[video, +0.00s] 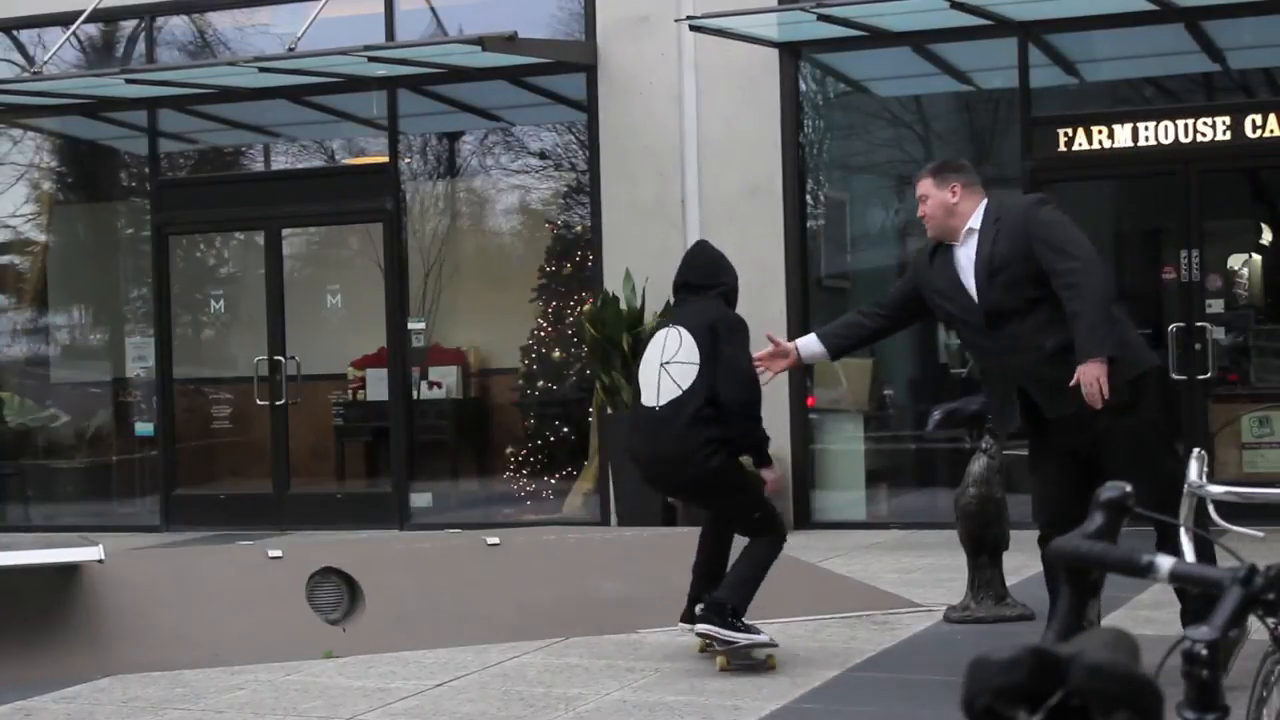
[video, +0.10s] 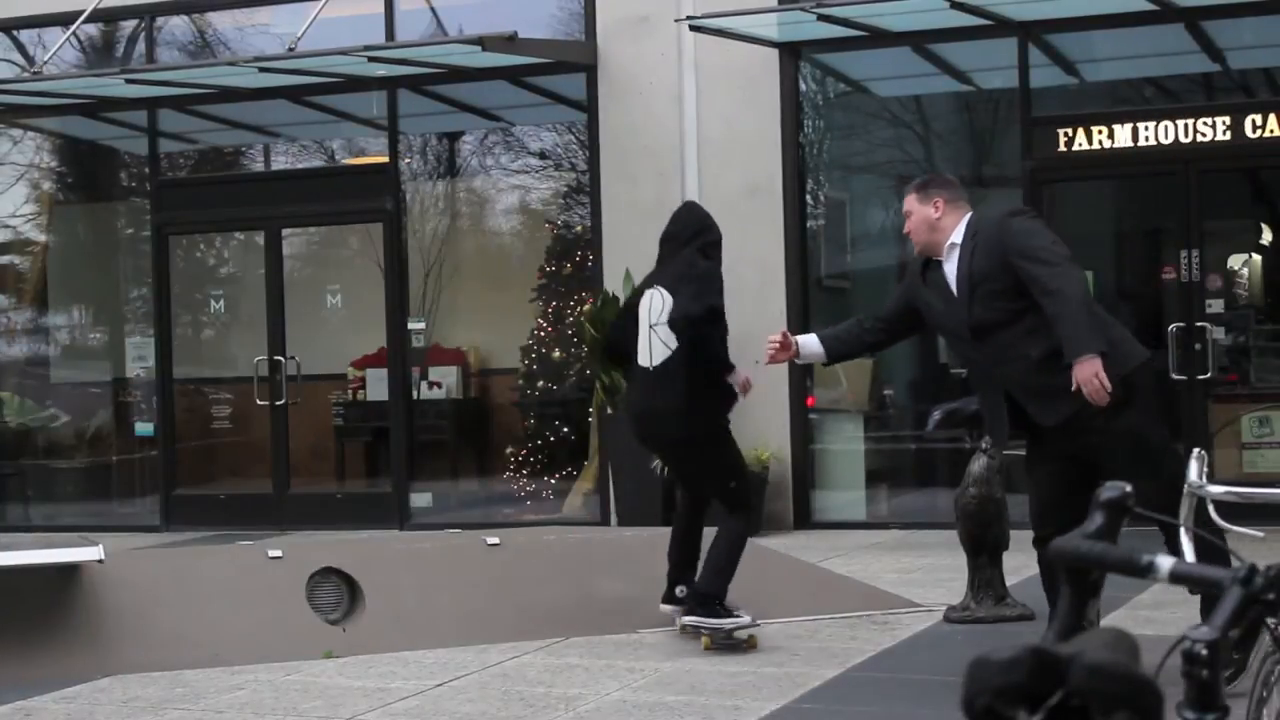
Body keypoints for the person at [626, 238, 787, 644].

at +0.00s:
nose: (733, 289)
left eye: (731, 283)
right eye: (730, 282)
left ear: (684, 283)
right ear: (724, 283)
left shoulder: (665, 324)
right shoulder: (725, 323)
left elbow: (665, 396)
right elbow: (739, 396)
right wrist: (761, 457)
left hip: (650, 455)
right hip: (695, 454)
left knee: (724, 508)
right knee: (770, 531)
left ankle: (700, 605)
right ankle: (723, 610)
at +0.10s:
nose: (716, 249)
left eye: (715, 243)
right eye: (714, 243)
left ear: (670, 240)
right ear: (706, 242)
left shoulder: (650, 285)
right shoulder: (702, 274)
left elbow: (615, 344)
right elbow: (699, 326)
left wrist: (652, 371)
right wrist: (728, 371)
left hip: (647, 412)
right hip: (691, 412)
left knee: (694, 487)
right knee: (740, 503)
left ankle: (679, 586)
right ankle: (707, 600)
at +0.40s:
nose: (681, 222)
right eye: (679, 218)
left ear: (639, 214)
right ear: (673, 215)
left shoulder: (616, 242)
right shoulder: (675, 242)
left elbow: (581, 284)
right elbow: (692, 257)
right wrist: (702, 281)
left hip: (579, 350)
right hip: (619, 353)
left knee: (639, 376)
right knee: (687, 392)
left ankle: (627, 453)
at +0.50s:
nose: (669, 242)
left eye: (667, 238)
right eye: (667, 237)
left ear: (630, 230)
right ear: (662, 235)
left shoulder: (608, 256)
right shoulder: (661, 257)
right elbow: (674, 271)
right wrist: (683, 286)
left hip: (568, 360)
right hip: (603, 363)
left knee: (626, 408)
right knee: (663, 417)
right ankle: (636, 508)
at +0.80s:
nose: (649, 291)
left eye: (650, 284)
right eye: (649, 283)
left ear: (620, 268)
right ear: (643, 278)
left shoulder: (591, 290)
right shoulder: (630, 303)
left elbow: (547, 318)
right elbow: (635, 360)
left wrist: (574, 350)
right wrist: (652, 410)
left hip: (559, 392)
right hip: (590, 398)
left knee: (585, 472)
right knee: (608, 475)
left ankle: (573, 531)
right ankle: (565, 531)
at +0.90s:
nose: (650, 287)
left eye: (651, 281)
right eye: (651, 281)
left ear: (624, 263)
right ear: (646, 274)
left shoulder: (592, 286)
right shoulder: (631, 295)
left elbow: (574, 332)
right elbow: (630, 341)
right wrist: (623, 384)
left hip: (559, 380)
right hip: (594, 382)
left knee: (569, 453)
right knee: (611, 447)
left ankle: (566, 522)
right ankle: (601, 514)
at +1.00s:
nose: (649, 285)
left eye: (651, 280)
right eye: (649, 279)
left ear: (622, 264)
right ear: (643, 272)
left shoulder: (595, 285)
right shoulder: (631, 293)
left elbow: (614, 347)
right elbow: (615, 316)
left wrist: (638, 383)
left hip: (563, 378)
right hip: (596, 381)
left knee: (568, 454)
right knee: (611, 450)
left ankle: (568, 525)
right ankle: (625, 515)